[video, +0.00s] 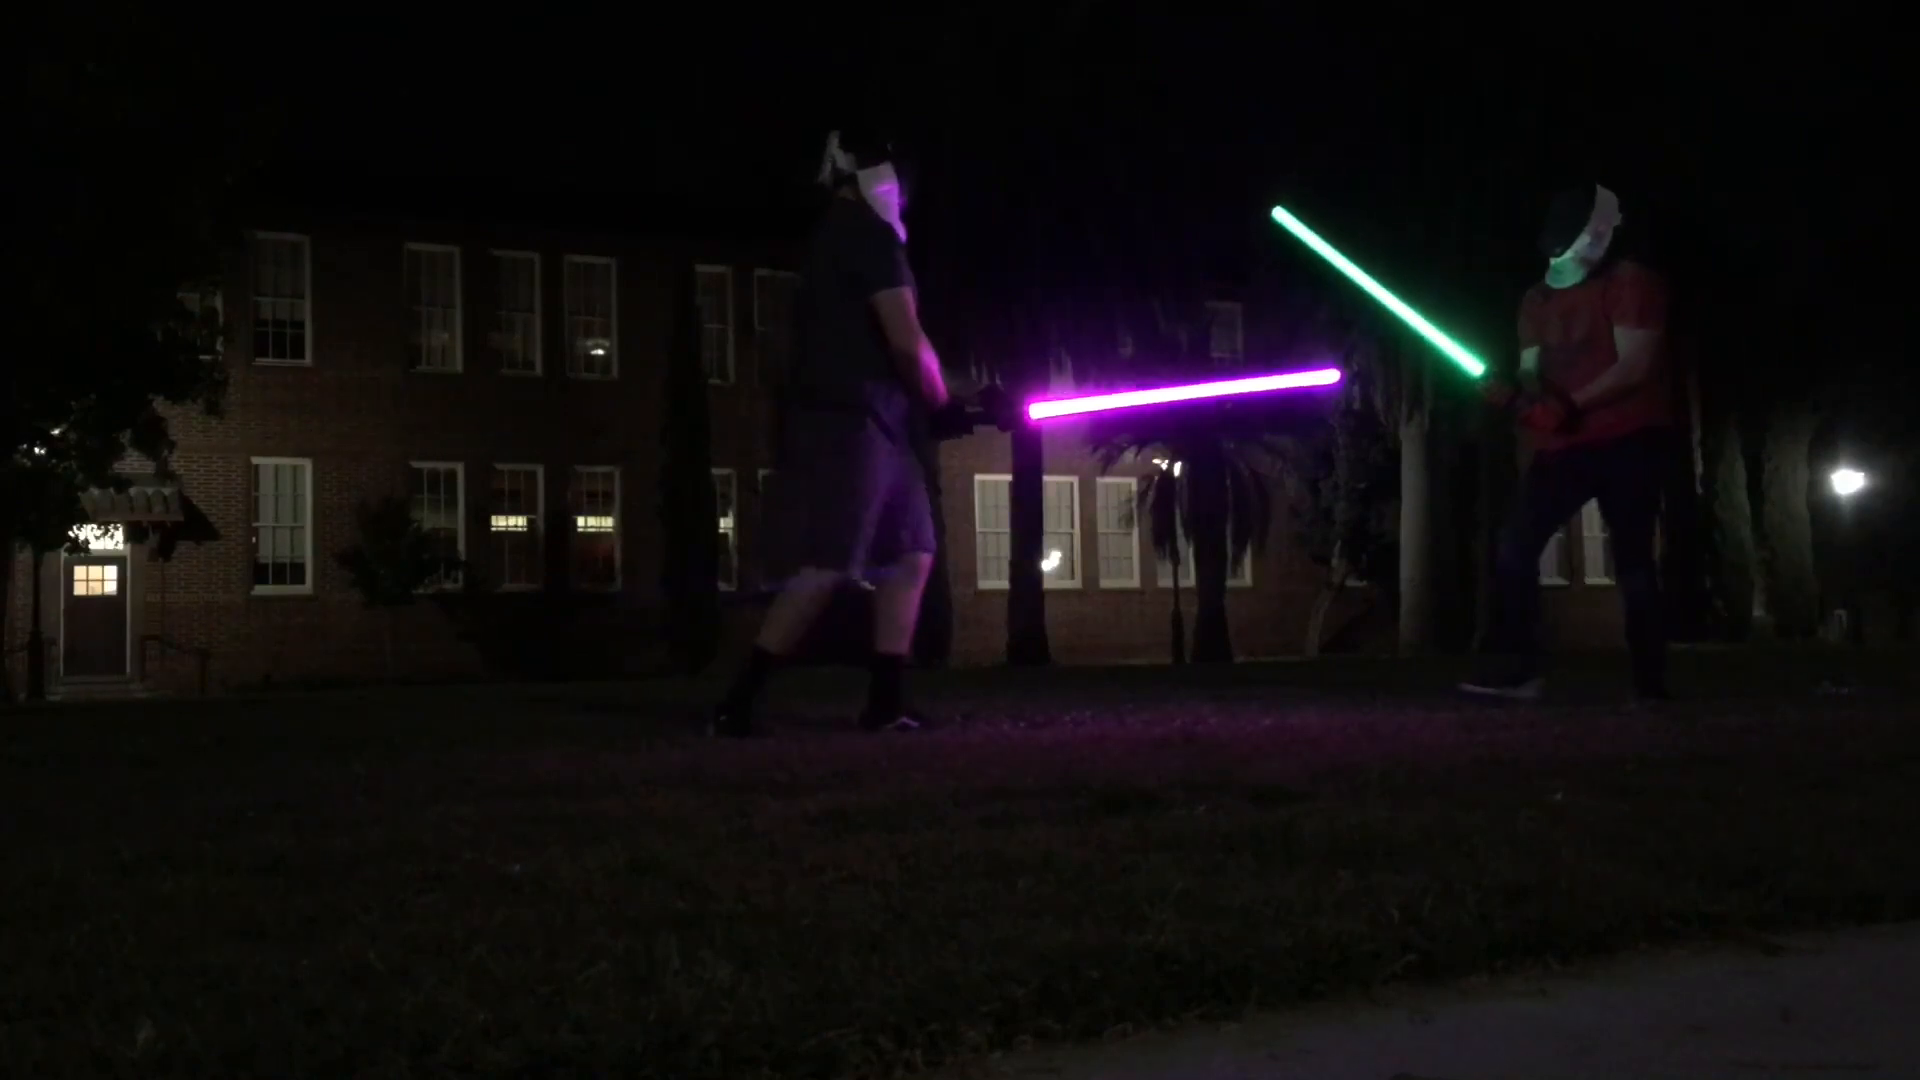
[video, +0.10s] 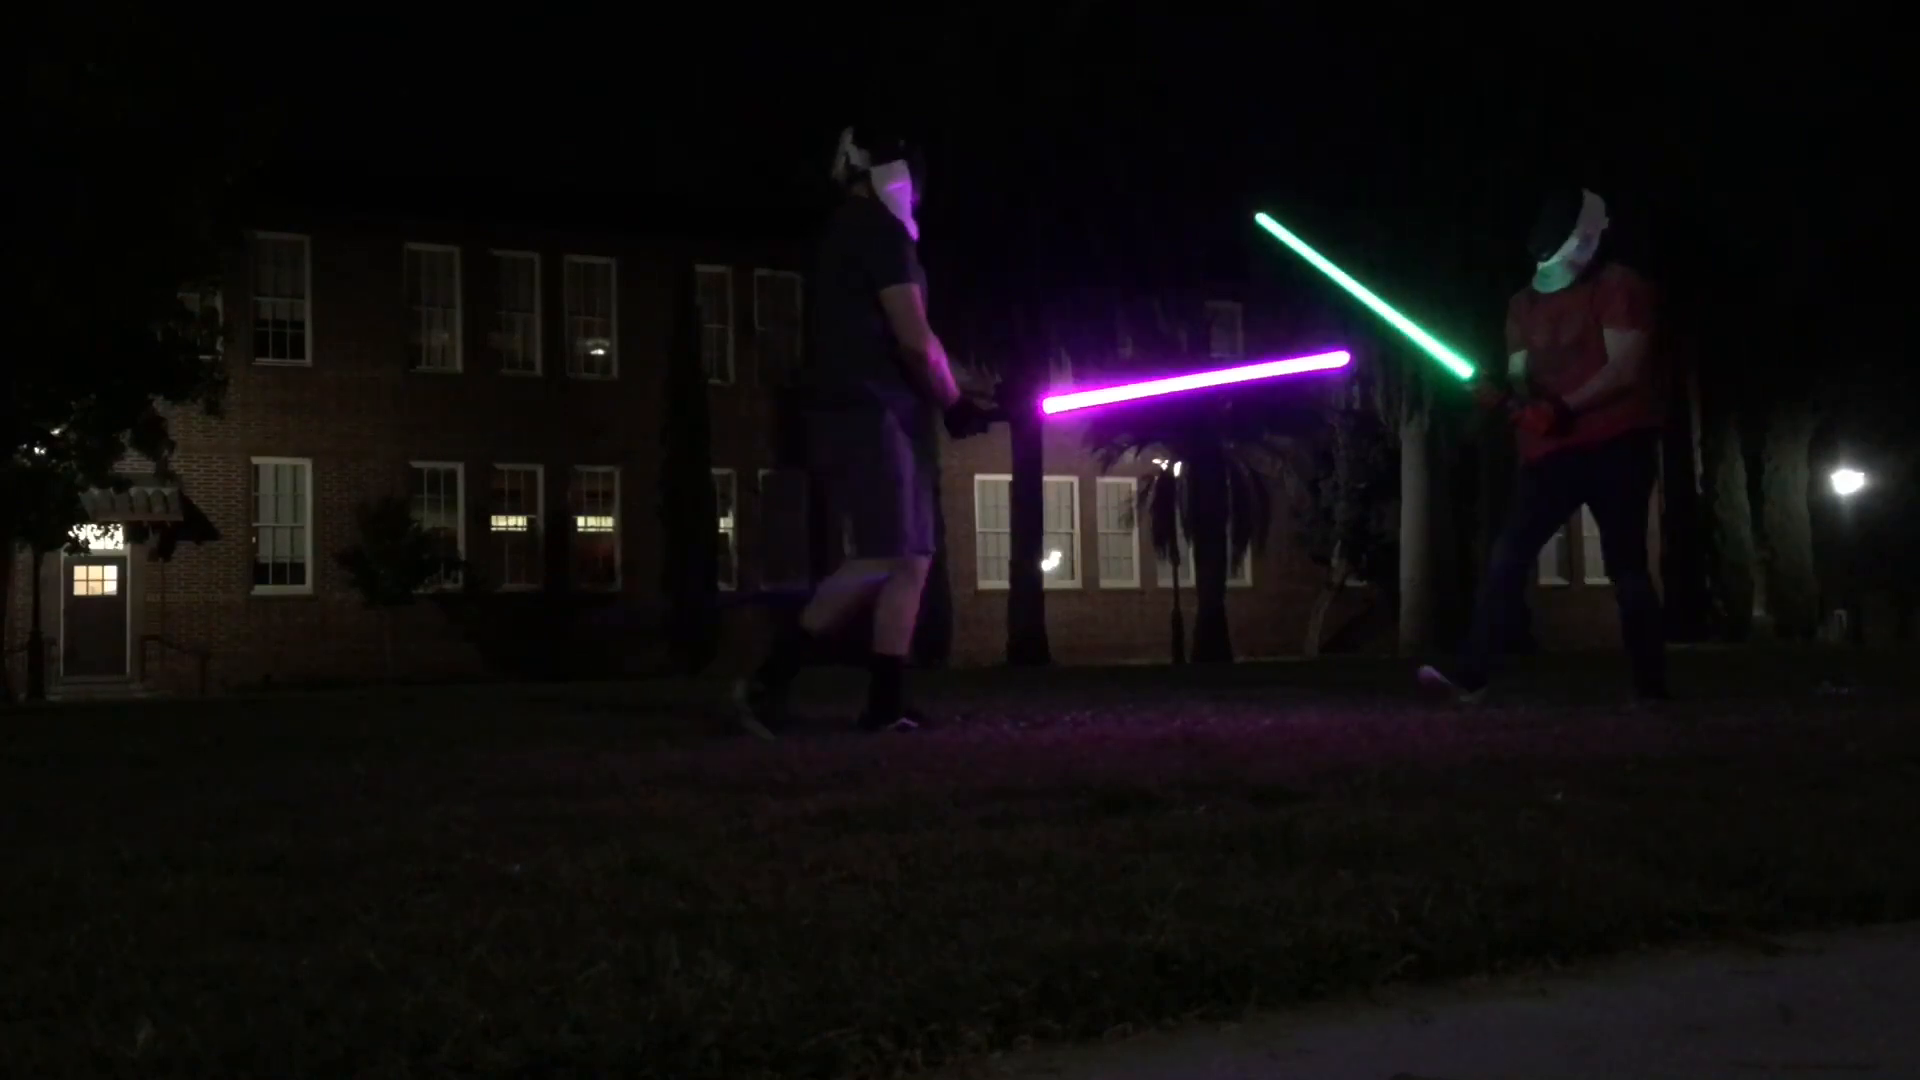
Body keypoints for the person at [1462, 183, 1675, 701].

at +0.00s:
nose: (1559, 256)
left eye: (1571, 244)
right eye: (1554, 246)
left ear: (1598, 237)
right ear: (1551, 242)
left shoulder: (1628, 285)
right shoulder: (1538, 302)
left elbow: (1635, 365)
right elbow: (1534, 382)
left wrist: (1571, 404)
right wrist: (1508, 392)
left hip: (1629, 447)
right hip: (1563, 451)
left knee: (1634, 568)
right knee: (1515, 548)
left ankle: (1649, 683)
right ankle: (1514, 670)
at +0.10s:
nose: (1551, 252)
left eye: (1563, 240)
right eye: (1547, 241)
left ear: (1587, 238)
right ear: (1544, 243)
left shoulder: (1616, 288)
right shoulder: (1524, 306)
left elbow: (1625, 368)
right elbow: (1522, 387)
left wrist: (1562, 407)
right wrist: (1500, 396)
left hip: (1616, 450)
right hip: (1552, 457)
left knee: (1627, 569)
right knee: (1509, 556)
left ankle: (1649, 685)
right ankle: (1471, 672)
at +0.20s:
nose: (1536, 267)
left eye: (1546, 255)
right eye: (1530, 256)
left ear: (1571, 249)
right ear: (1527, 252)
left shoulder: (1601, 298)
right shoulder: (1507, 314)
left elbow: (1606, 375)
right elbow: (1503, 391)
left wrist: (1542, 412)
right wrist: (1481, 400)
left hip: (1598, 458)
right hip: (1531, 464)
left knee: (1617, 573)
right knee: (1496, 567)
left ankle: (1651, 685)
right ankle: (1456, 680)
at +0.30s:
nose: (1512, 267)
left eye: (1526, 255)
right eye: (1507, 256)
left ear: (1552, 253)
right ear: (1500, 255)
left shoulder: (1581, 303)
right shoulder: (1487, 316)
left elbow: (1581, 382)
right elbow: (1484, 397)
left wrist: (1515, 413)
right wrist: (1458, 397)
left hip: (1579, 459)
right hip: (1511, 466)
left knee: (1603, 574)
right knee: (1481, 571)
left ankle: (1649, 684)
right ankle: (1454, 682)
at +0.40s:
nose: (1498, 260)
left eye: (1510, 247)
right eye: (1493, 250)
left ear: (1534, 245)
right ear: (1488, 249)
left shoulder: (1564, 295)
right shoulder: (1470, 311)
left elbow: (1560, 375)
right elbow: (1461, 388)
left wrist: (1492, 402)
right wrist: (1439, 390)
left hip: (1565, 456)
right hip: (1496, 463)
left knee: (1598, 571)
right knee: (1472, 571)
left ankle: (1645, 680)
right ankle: (1452, 682)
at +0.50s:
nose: (1531, 250)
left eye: (1525, 243)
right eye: (1524, 241)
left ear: (1528, 244)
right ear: (1504, 246)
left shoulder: (1557, 292)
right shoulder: (1458, 308)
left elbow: (1545, 367)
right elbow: (1444, 386)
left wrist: (1476, 391)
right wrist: (1422, 376)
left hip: (1561, 452)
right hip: (1491, 462)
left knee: (1594, 568)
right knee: (1469, 569)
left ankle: (1646, 684)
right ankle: (1452, 684)